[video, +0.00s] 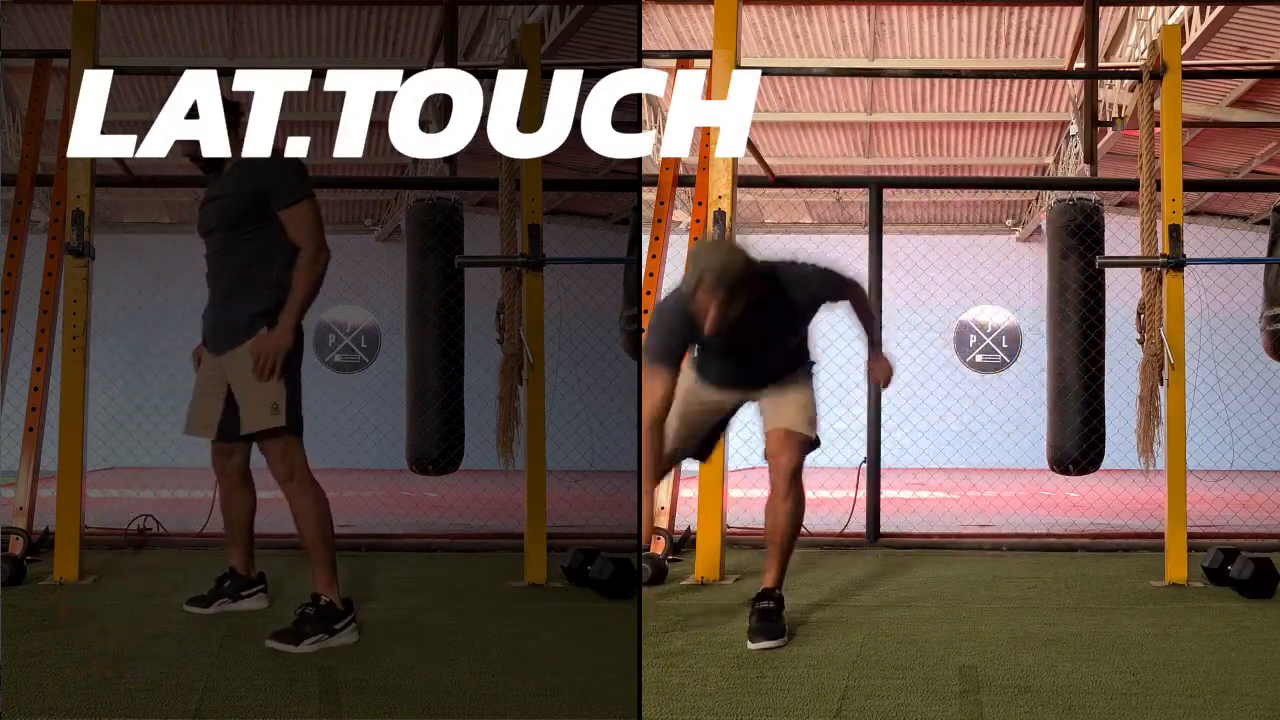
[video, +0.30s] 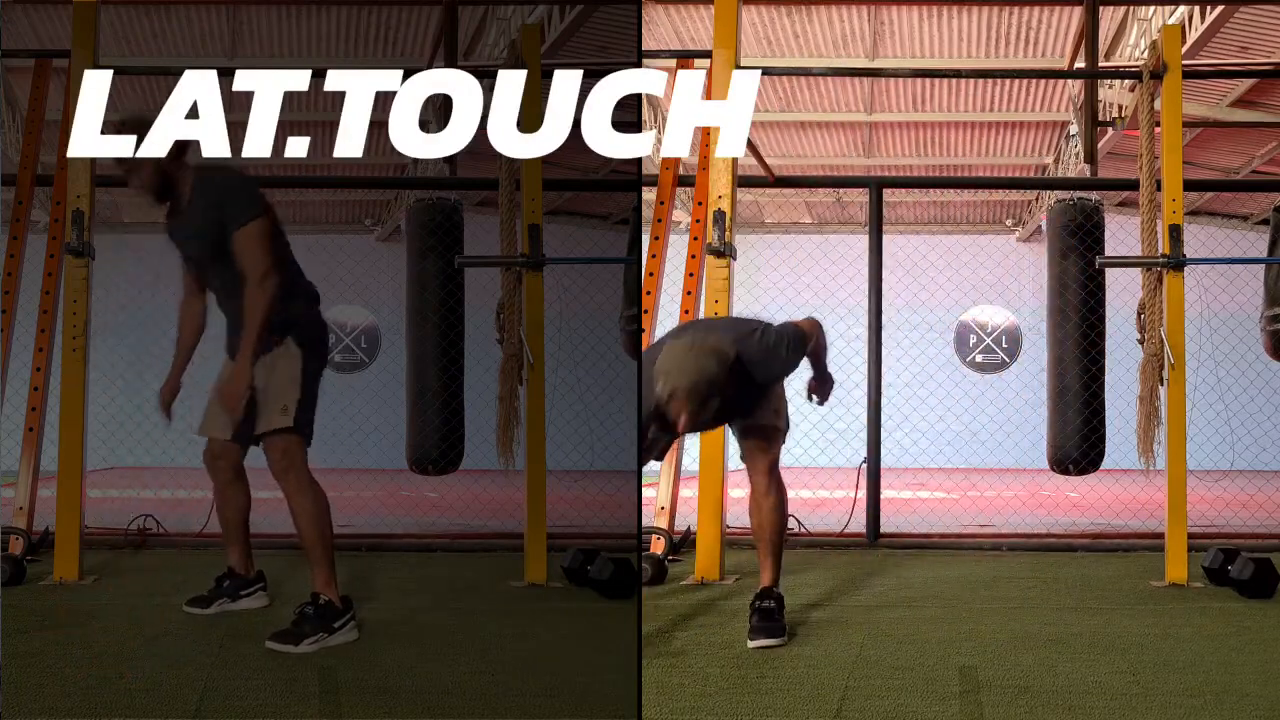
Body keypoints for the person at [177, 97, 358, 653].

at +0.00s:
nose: (196, 140)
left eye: (204, 126)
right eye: (194, 130)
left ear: (233, 121)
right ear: (202, 134)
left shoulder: (276, 168)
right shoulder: (216, 185)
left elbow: (314, 251)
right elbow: (229, 274)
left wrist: (285, 328)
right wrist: (210, 339)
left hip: (266, 336)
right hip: (221, 342)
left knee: (287, 464)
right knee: (227, 460)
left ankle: (331, 602)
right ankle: (242, 576)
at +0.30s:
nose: (129, 181)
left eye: (131, 168)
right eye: (124, 173)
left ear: (162, 154)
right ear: (152, 166)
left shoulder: (227, 186)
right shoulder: (181, 214)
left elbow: (263, 278)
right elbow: (195, 297)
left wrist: (243, 364)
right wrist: (176, 373)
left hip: (289, 329)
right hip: (246, 334)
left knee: (285, 458)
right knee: (221, 456)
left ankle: (330, 602)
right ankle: (242, 575)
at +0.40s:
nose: (115, 246)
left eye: (117, 233)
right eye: (109, 237)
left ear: (144, 218)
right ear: (123, 231)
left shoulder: (202, 246)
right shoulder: (159, 265)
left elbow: (238, 336)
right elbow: (167, 351)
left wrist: (219, 427)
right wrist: (152, 430)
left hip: (306, 341)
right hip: (258, 348)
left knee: (282, 461)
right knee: (214, 459)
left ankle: (329, 603)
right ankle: (240, 575)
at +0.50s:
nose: (108, 328)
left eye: (107, 316)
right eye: (102, 320)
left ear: (132, 298)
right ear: (130, 302)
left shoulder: (197, 317)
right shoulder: (150, 334)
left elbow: (205, 427)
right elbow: (143, 421)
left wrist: (184, 531)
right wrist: (122, 504)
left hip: (313, 364)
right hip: (260, 376)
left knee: (270, 468)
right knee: (199, 464)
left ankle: (329, 604)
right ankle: (240, 576)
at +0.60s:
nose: (110, 405)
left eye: (109, 395)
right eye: (103, 398)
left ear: (128, 376)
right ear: (123, 378)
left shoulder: (185, 371)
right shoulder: (139, 382)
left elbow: (182, 486)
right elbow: (125, 480)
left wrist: (158, 586)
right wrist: (93, 567)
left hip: (312, 360)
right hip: (260, 372)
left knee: (272, 468)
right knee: (216, 463)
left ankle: (328, 603)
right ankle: (242, 578)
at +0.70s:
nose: (123, 460)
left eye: (120, 452)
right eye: (117, 455)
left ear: (131, 433)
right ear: (123, 433)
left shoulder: (175, 416)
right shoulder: (132, 415)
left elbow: (174, 530)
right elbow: (122, 517)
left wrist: (157, 634)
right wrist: (93, 603)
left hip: (304, 326)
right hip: (259, 337)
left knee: (312, 455)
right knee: (251, 456)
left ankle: (346, 591)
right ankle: (269, 567)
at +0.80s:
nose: (110, 493)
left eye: (106, 485)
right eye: (101, 491)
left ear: (117, 461)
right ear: (103, 455)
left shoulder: (162, 438)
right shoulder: (117, 430)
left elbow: (184, 551)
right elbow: (121, 529)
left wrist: (169, 648)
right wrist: (98, 612)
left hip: (283, 344)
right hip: (241, 369)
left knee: (329, 473)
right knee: (273, 472)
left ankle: (430, 549)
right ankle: (350, 527)